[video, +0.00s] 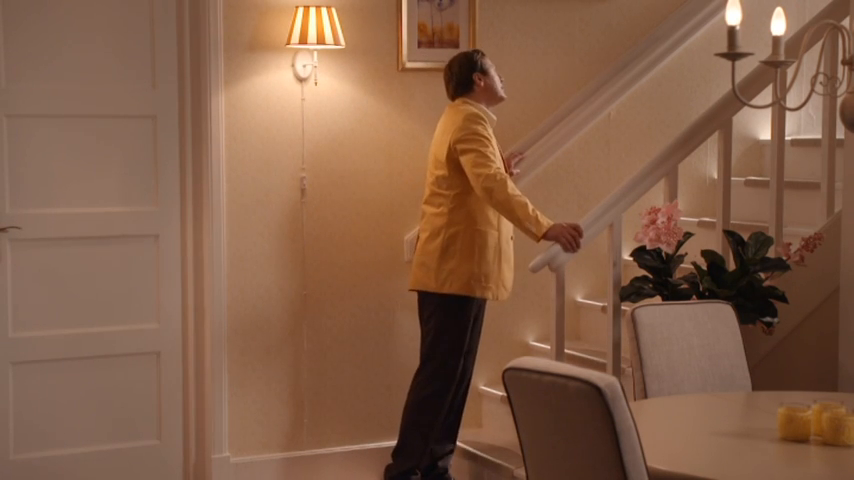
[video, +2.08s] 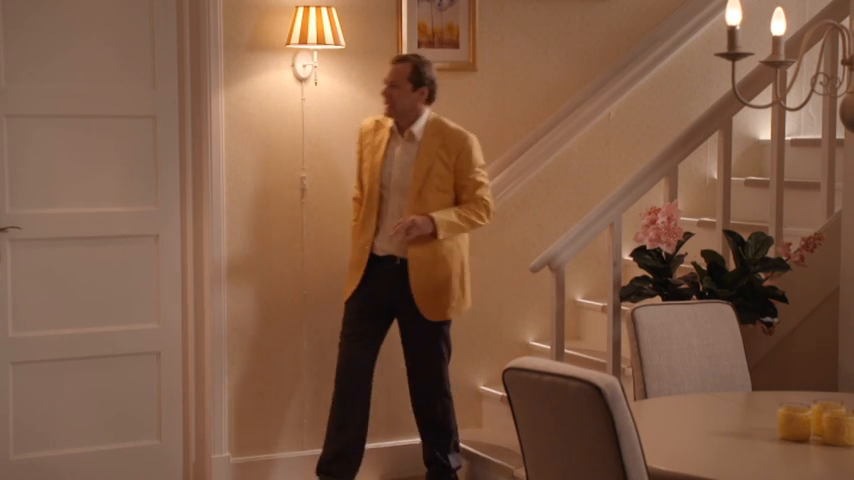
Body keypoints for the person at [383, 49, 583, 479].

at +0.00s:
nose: (501, 80)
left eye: (496, 72)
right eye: (494, 72)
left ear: (470, 82)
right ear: (479, 80)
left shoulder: (462, 119)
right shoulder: (468, 120)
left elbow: (462, 192)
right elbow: (492, 185)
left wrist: (500, 176)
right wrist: (545, 227)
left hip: (464, 270)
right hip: (453, 270)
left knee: (455, 375)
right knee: (441, 374)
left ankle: (434, 468)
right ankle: (406, 470)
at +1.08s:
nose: (496, 78)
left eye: (493, 72)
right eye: (486, 72)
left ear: (470, 83)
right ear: (459, 82)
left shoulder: (475, 128)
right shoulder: (450, 125)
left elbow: (475, 189)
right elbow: (460, 189)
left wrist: (507, 183)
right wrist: (518, 231)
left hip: (474, 274)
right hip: (445, 274)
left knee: (458, 379)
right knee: (436, 377)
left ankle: (436, 467)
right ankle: (406, 470)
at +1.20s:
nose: (490, 79)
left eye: (490, 73)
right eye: (479, 74)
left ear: (492, 84)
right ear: (454, 85)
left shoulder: (483, 135)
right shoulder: (443, 124)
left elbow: (490, 206)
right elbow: (426, 188)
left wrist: (531, 213)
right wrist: (464, 246)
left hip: (479, 282)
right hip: (442, 278)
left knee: (461, 382)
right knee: (437, 379)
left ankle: (438, 469)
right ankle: (410, 471)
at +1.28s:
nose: (484, 80)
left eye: (488, 74)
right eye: (473, 75)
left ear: (494, 84)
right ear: (452, 87)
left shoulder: (492, 139)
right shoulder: (436, 128)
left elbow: (491, 209)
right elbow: (411, 194)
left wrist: (528, 217)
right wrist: (417, 260)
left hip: (481, 282)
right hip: (440, 279)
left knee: (463, 386)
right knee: (435, 383)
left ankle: (439, 469)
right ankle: (412, 472)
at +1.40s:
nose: (476, 79)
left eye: (483, 73)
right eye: (467, 73)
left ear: (494, 85)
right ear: (452, 86)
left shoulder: (509, 142)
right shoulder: (429, 127)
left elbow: (516, 197)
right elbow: (391, 186)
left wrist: (520, 211)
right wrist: (360, 247)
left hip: (482, 268)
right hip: (432, 264)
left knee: (463, 379)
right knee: (429, 375)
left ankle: (442, 469)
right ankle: (413, 470)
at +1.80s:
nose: (436, 87)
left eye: (447, 81)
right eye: (436, 79)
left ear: (474, 91)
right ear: (434, 83)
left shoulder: (501, 146)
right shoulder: (410, 126)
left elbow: (520, 207)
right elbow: (383, 191)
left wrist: (487, 222)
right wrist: (366, 246)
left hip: (453, 271)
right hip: (399, 263)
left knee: (445, 376)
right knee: (377, 365)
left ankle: (444, 472)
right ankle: (353, 468)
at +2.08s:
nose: (384, 94)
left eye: (393, 88)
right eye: (384, 86)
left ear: (422, 93)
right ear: (388, 89)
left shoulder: (458, 142)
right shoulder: (372, 132)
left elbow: (480, 209)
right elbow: (361, 196)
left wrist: (434, 222)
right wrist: (358, 253)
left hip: (426, 278)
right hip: (372, 273)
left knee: (429, 381)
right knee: (351, 374)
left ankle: (443, 471)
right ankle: (334, 474)